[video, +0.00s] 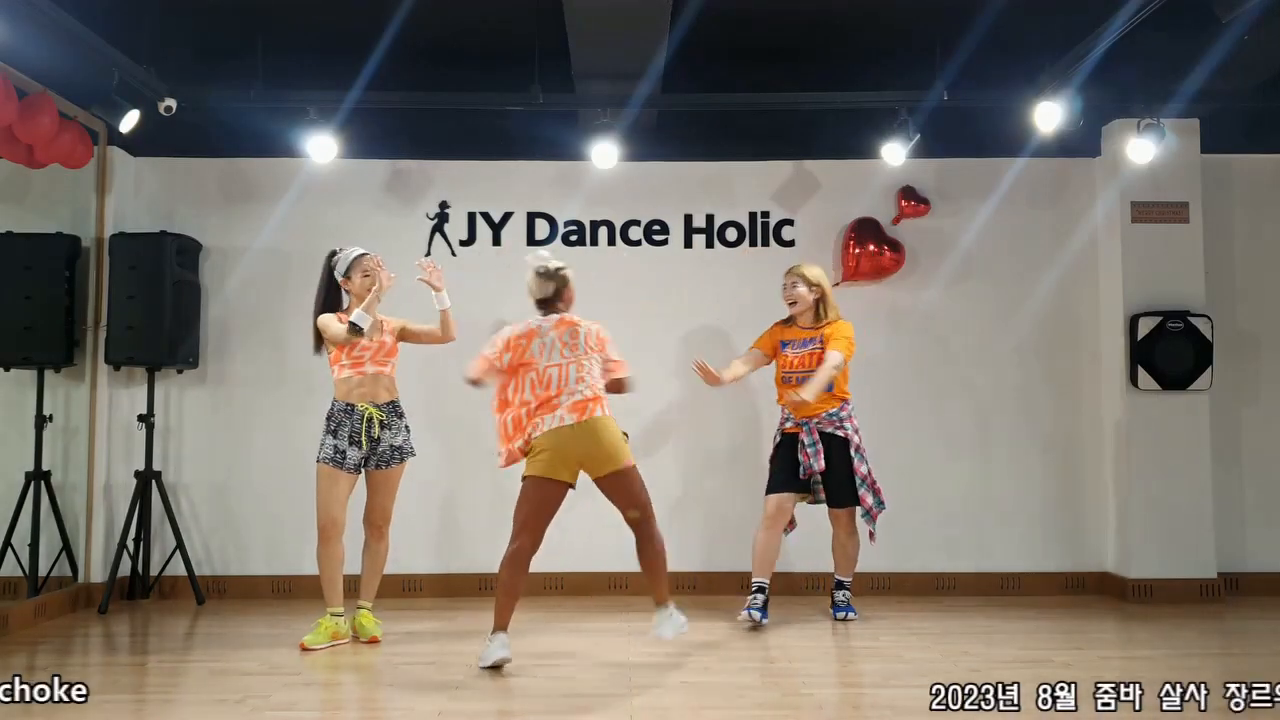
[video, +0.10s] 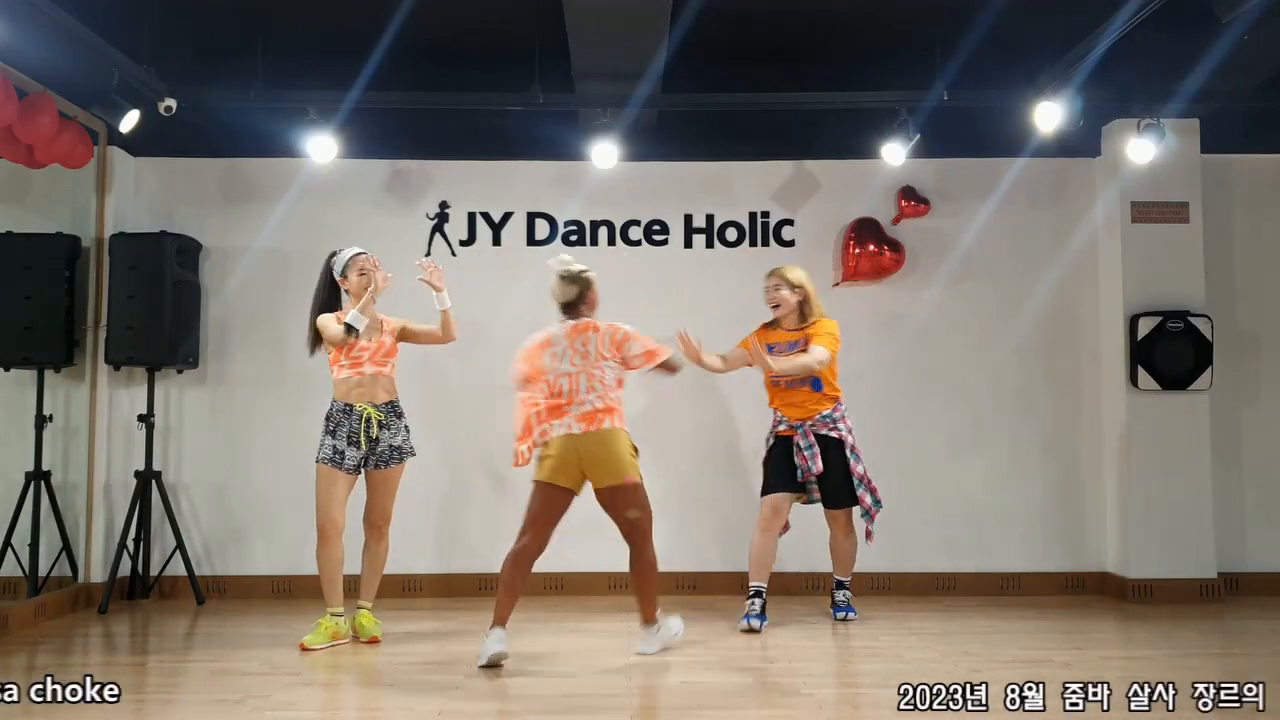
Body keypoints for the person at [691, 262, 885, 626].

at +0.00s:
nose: (789, 293)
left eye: (796, 286)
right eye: (785, 288)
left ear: (816, 291)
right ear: (784, 296)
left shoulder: (838, 328)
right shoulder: (779, 333)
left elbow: (831, 364)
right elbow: (749, 360)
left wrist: (809, 391)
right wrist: (723, 376)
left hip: (833, 431)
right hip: (791, 432)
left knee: (843, 519)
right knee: (775, 510)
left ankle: (842, 594)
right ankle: (758, 597)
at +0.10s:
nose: (772, 296)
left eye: (778, 289)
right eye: (768, 291)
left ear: (800, 293)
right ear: (766, 297)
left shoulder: (824, 328)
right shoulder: (762, 337)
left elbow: (815, 360)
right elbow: (726, 362)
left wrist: (776, 366)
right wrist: (700, 357)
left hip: (828, 433)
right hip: (785, 436)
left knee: (841, 519)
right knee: (771, 511)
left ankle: (842, 593)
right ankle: (756, 601)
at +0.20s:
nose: (751, 299)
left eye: (758, 292)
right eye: (746, 294)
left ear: (780, 297)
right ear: (743, 303)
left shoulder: (805, 327)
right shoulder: (745, 341)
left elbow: (798, 357)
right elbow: (706, 364)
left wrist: (752, 332)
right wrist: (692, 335)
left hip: (819, 433)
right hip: (776, 436)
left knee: (838, 519)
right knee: (763, 513)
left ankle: (842, 592)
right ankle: (755, 603)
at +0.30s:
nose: (730, 308)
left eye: (737, 300)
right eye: (728, 302)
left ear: (758, 303)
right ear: (726, 308)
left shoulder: (789, 324)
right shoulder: (735, 340)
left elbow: (782, 350)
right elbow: (715, 357)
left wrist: (739, 318)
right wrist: (686, 326)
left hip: (812, 431)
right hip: (769, 436)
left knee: (838, 520)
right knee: (755, 513)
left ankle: (843, 588)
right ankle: (754, 603)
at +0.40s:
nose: (729, 323)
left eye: (733, 316)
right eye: (723, 319)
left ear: (748, 312)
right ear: (720, 321)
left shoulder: (780, 325)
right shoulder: (729, 344)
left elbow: (776, 347)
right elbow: (701, 349)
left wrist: (740, 315)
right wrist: (705, 322)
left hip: (809, 430)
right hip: (766, 435)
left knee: (838, 518)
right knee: (752, 510)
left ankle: (847, 580)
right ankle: (754, 600)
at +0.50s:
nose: (737, 343)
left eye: (739, 332)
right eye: (729, 336)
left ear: (750, 321)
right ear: (720, 334)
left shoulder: (781, 329)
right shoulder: (729, 346)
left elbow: (763, 327)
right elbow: (697, 347)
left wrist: (734, 293)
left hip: (809, 433)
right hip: (766, 438)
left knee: (839, 520)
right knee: (751, 513)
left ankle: (852, 576)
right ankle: (754, 601)